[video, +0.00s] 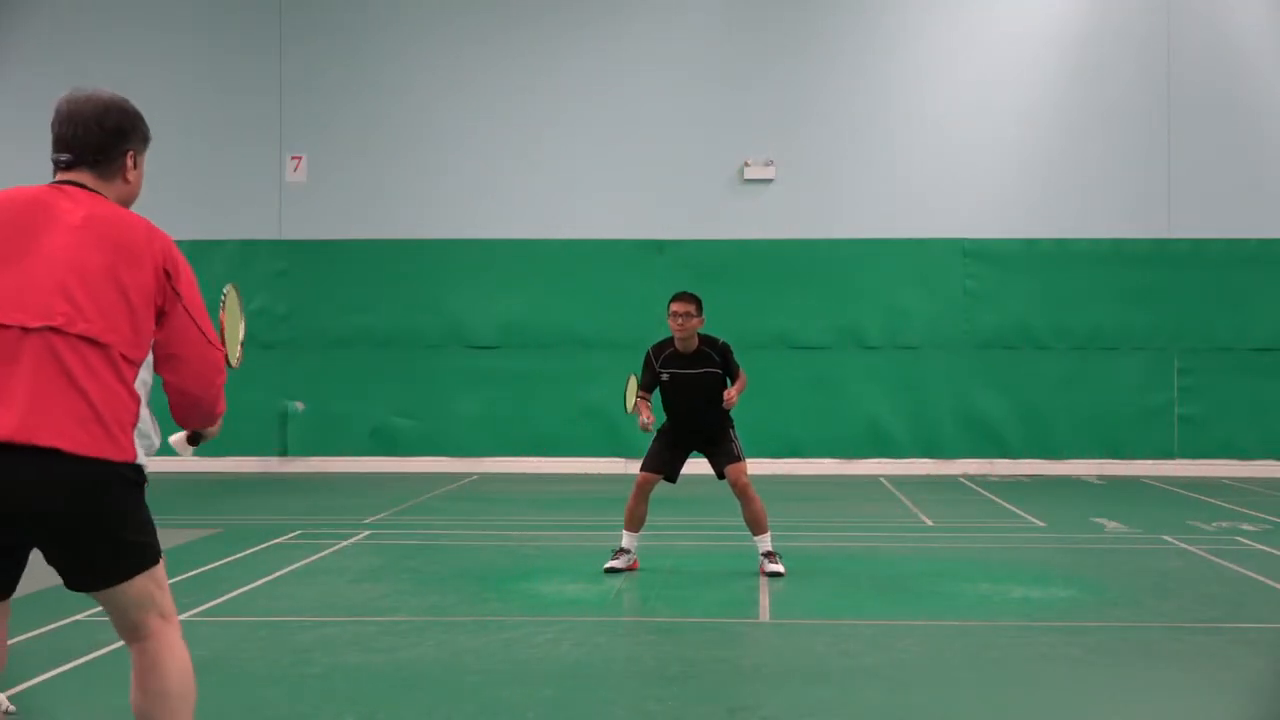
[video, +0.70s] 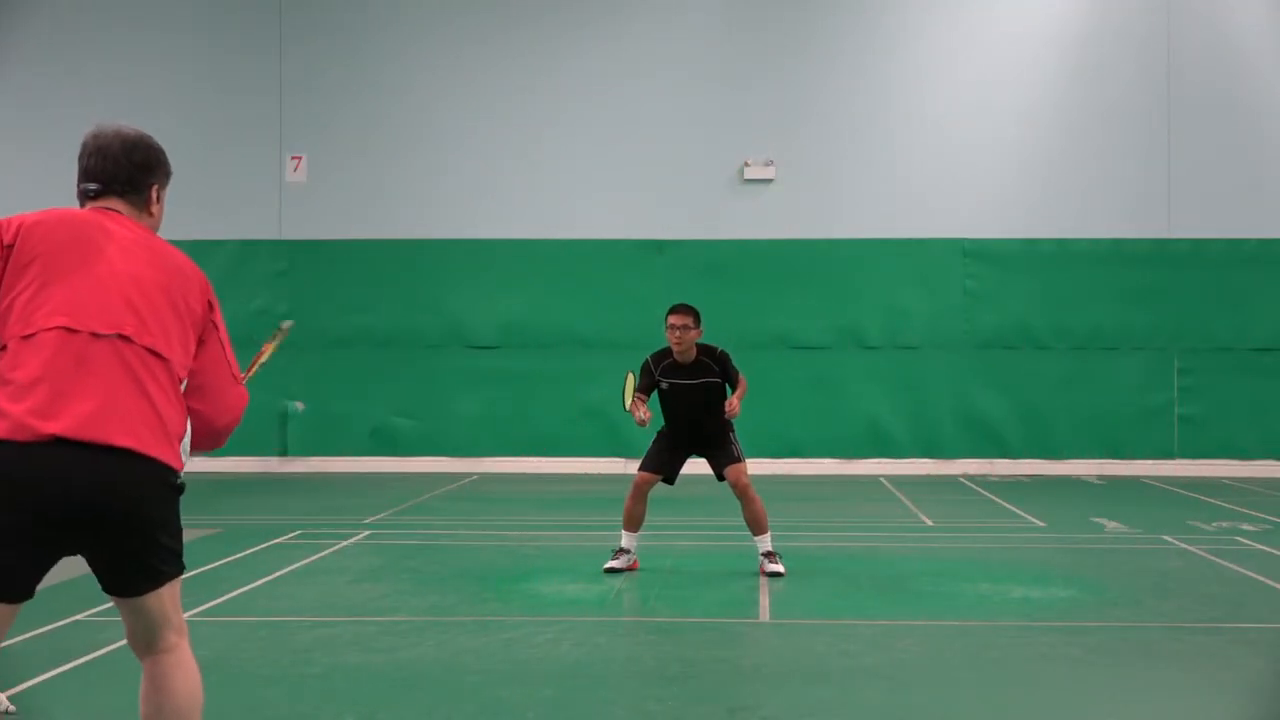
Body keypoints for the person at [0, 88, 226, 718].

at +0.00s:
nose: (144, 175)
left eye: (143, 161)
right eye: (143, 161)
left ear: (60, 156)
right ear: (129, 163)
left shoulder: (3, 206)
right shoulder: (149, 245)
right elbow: (197, 369)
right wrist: (200, 421)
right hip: (87, 464)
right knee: (152, 629)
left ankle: (0, 703)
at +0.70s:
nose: (164, 207)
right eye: (164, 195)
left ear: (83, 189)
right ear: (155, 196)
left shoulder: (20, 231)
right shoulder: (187, 277)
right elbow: (221, 412)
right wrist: (191, 431)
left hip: (18, 463)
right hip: (134, 474)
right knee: (163, 644)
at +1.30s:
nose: (201, 228)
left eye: (202, 216)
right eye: (201, 217)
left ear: (121, 205)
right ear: (189, 217)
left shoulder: (51, 238)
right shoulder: (207, 289)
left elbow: (0, 308)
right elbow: (217, 410)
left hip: (26, 456)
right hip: (141, 473)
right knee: (166, 639)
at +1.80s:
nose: (184, 194)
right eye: (183, 185)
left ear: (100, 184)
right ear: (174, 189)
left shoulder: (45, 224)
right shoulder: (205, 265)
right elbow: (221, 389)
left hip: (34, 446)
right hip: (148, 458)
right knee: (168, 643)